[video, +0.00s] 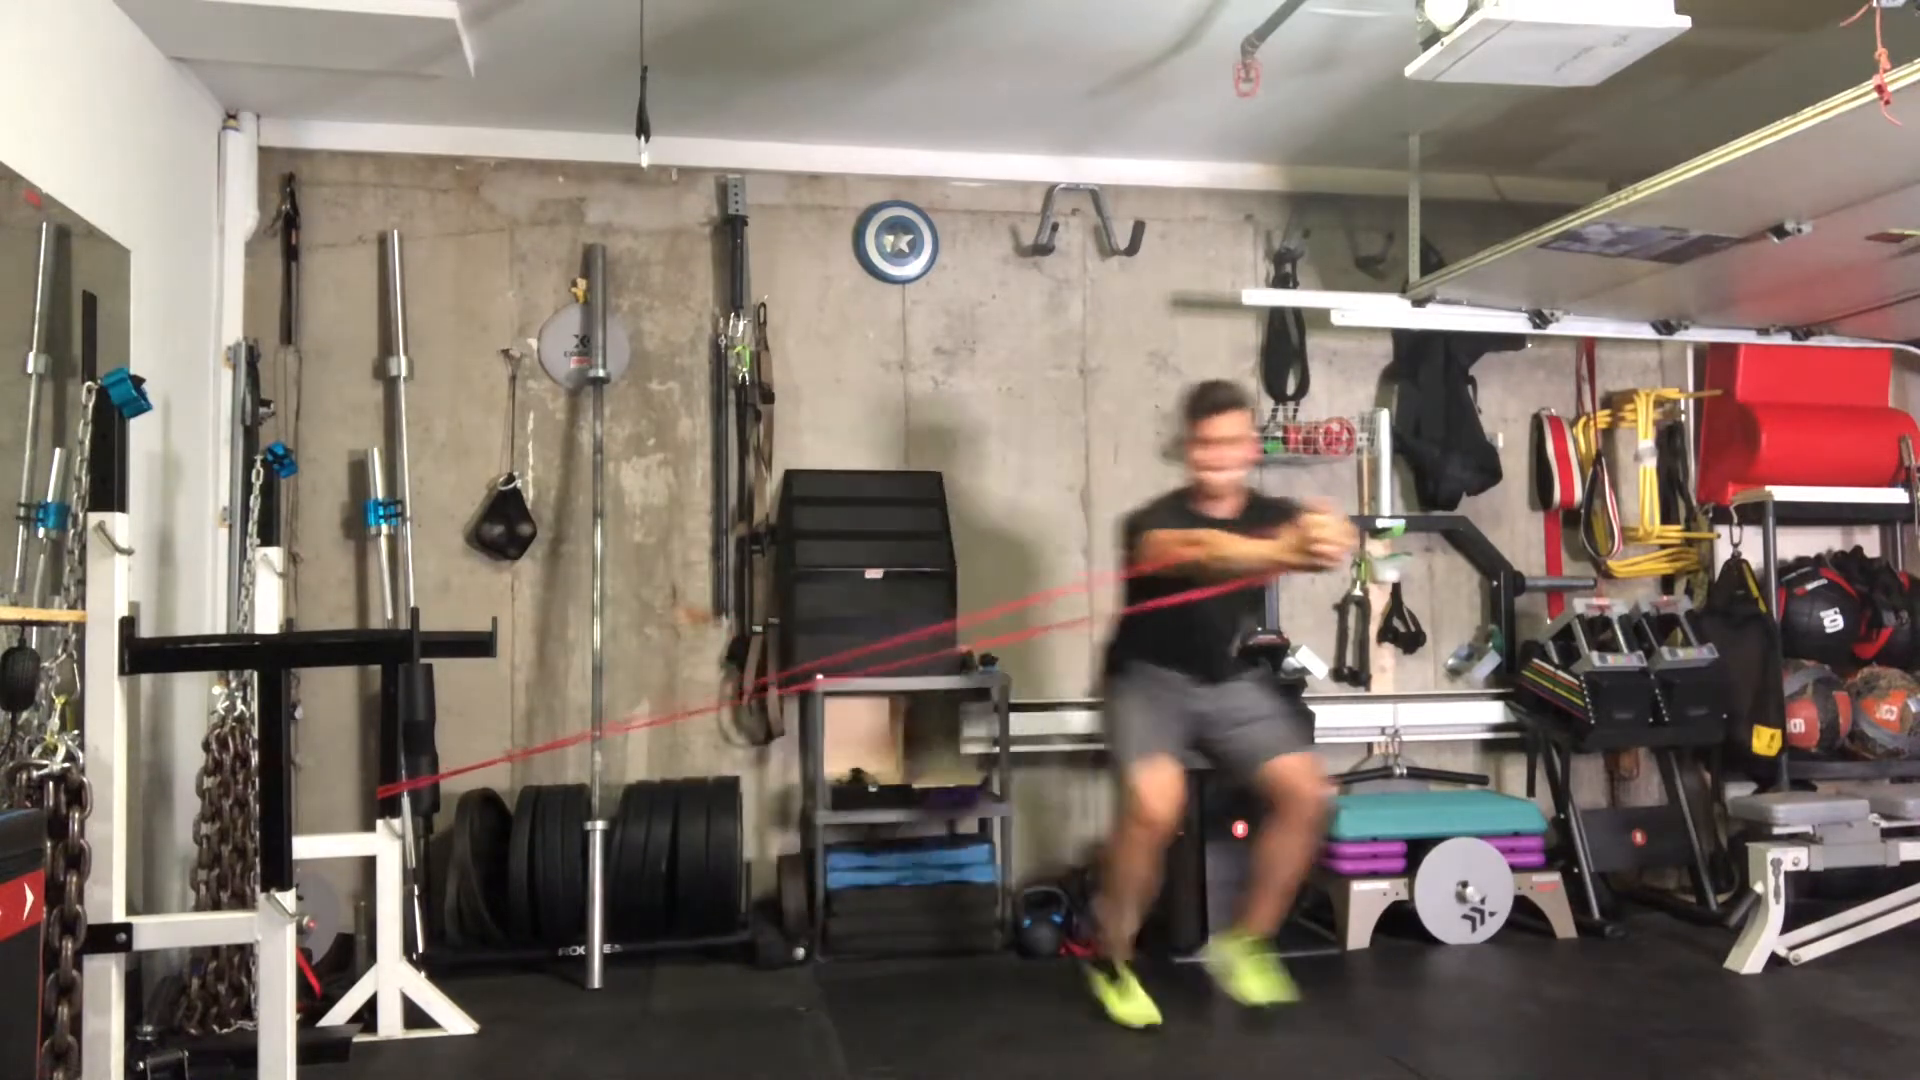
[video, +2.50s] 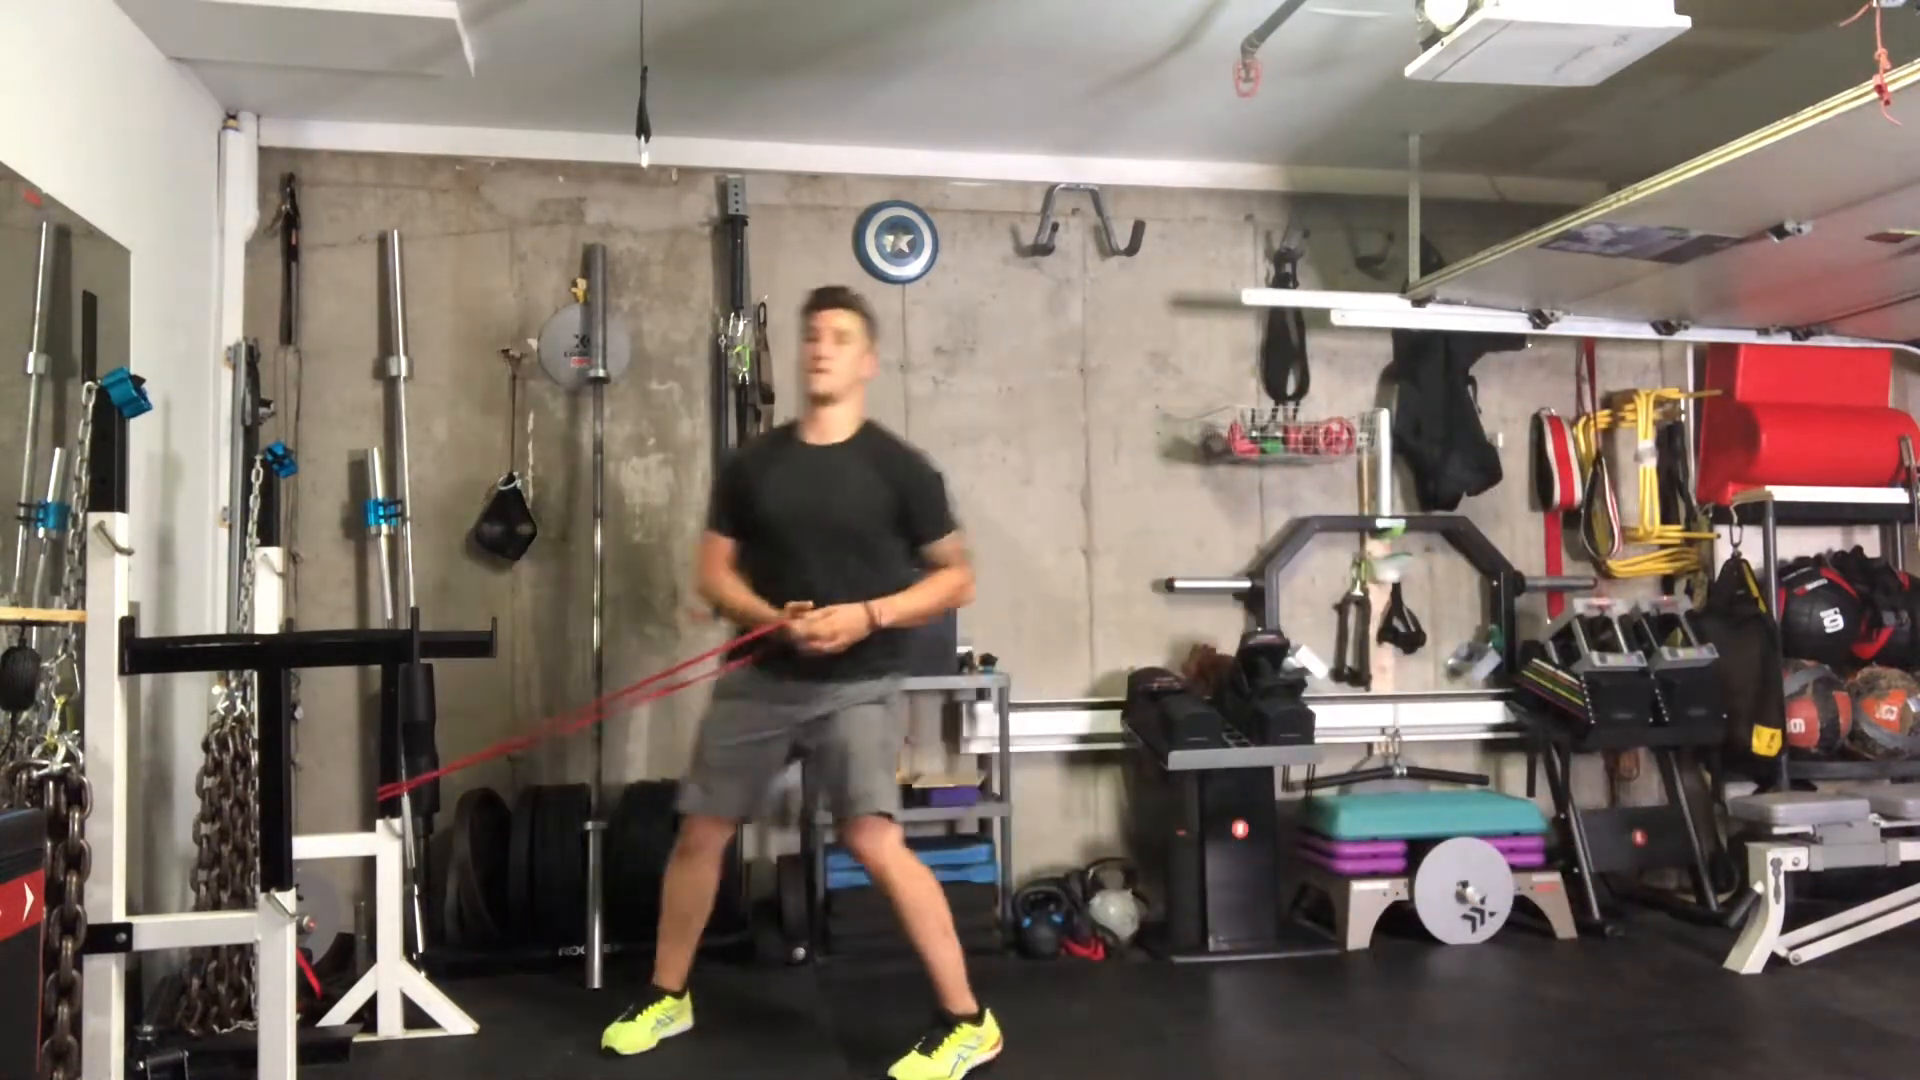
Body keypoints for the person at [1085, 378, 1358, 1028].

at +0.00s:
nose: (1220, 456)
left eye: (1234, 442)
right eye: (1207, 443)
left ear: (1253, 449)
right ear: (1187, 449)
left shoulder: (1275, 516)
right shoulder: (1153, 525)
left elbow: (1325, 541)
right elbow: (1211, 553)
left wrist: (1332, 535)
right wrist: (1295, 551)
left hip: (1233, 680)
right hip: (1150, 681)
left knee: (1305, 792)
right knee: (1157, 804)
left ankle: (1245, 942)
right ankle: (1112, 958)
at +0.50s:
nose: (1548, 500)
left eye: (1563, 486)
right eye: (1533, 486)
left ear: (1583, 493)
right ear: (1510, 492)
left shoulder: (1599, 556)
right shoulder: (1475, 557)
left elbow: (1642, 583)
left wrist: (1637, 575)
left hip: (1568, 724)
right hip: (1477, 722)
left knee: (1631, 826)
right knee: (1545, 824)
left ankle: (1616, 971)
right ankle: (1519, 972)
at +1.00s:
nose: (1500, 415)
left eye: (1515, 401)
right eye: (1489, 404)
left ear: (1553, 414)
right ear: (1479, 419)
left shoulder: (1597, 503)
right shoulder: (1453, 498)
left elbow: (1572, 590)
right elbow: (1403, 600)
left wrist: (1482, 627)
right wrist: (1439, 623)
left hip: (1565, 696)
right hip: (1463, 687)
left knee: (1619, 836)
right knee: (1422, 797)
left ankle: (1614, 970)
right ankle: (1389, 954)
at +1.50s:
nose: (1213, 356)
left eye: (1228, 344)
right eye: (1215, 343)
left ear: (1276, 359)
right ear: (1239, 361)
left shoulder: (1307, 452)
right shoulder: (1212, 454)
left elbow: (1262, 568)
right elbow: (1173, 545)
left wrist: (1155, 605)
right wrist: (1124, 597)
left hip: (1299, 657)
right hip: (1231, 655)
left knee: (1277, 801)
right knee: (1226, 810)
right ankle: (1265, 974)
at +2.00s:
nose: (1007, 344)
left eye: (1026, 335)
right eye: (1012, 331)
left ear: (1071, 358)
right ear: (1037, 355)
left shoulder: (1078, 462)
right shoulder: (994, 456)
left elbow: (1080, 594)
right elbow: (974, 561)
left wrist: (963, 634)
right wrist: (934, 616)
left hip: (1044, 674)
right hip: (989, 669)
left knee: (957, 824)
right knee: (969, 826)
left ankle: (972, 1031)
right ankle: (1114, 911)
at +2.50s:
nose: (821, 351)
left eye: (838, 340)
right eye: (812, 339)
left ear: (869, 360)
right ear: (797, 356)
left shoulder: (903, 470)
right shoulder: (753, 463)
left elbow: (957, 578)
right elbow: (711, 572)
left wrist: (870, 614)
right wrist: (768, 614)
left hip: (858, 689)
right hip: (757, 685)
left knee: (873, 837)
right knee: (700, 831)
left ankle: (967, 1020)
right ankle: (667, 999)